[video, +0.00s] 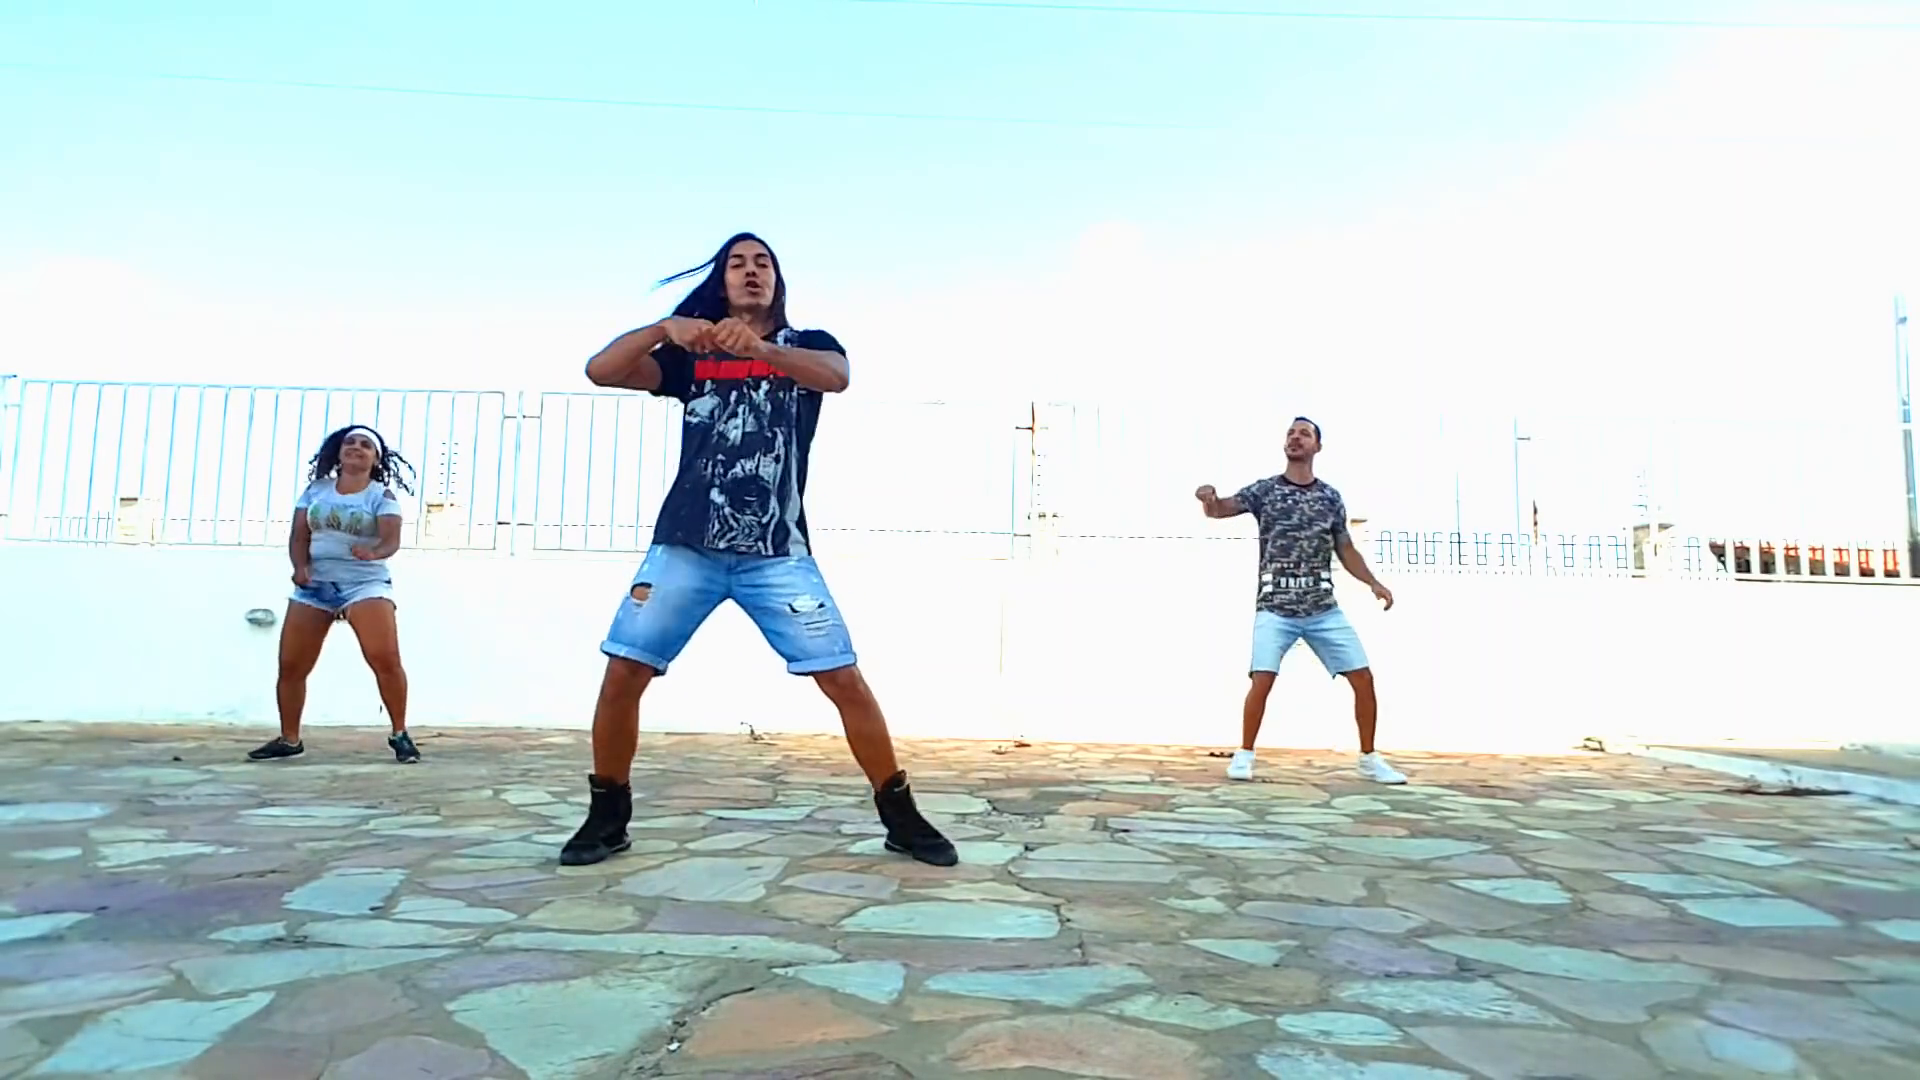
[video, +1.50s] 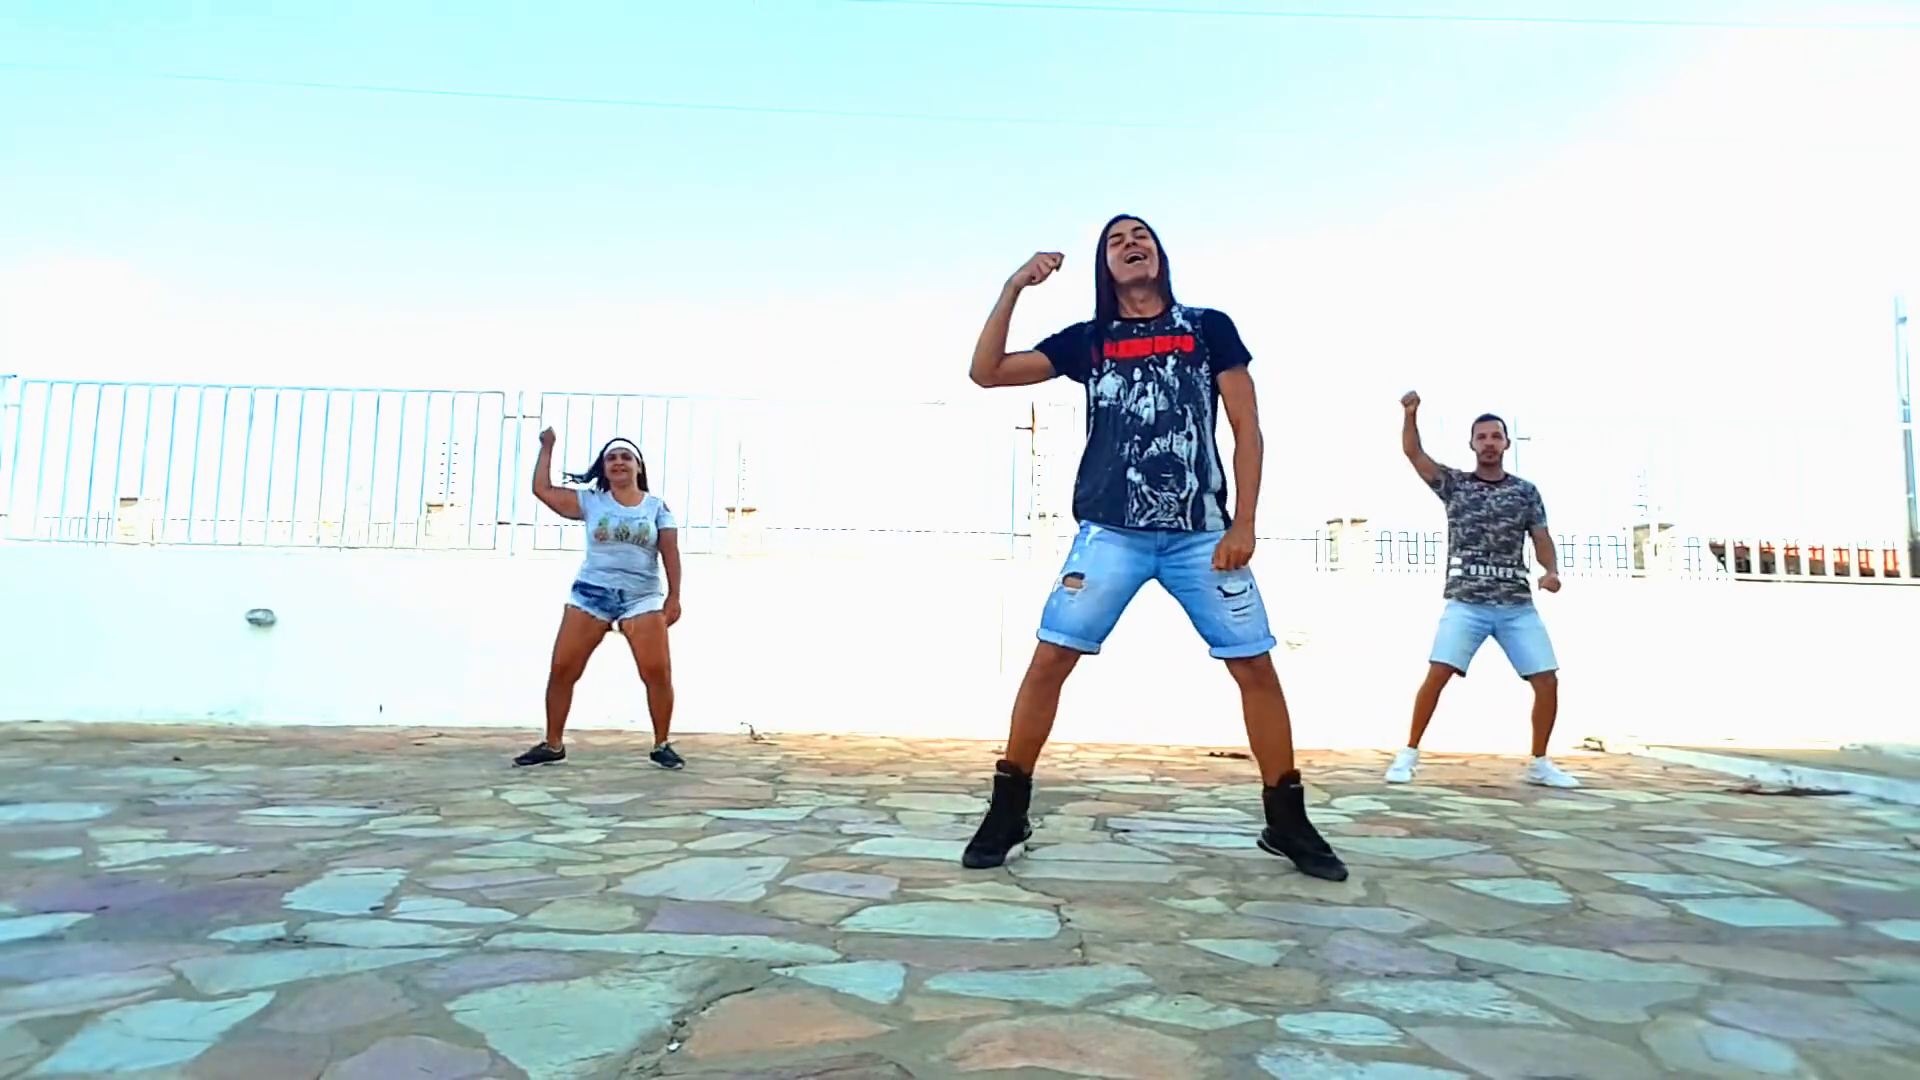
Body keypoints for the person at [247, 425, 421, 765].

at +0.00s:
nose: (356, 447)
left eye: (365, 445)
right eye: (349, 442)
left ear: (376, 460)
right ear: (337, 453)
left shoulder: (382, 496)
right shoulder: (314, 491)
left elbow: (391, 540)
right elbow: (299, 537)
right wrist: (300, 566)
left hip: (365, 584)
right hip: (315, 583)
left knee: (386, 659)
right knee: (290, 666)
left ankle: (400, 734)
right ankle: (290, 739)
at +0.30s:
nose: (380, 422)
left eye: (390, 420)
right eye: (376, 418)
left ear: (404, 435)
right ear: (367, 428)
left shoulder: (412, 469)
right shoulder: (346, 453)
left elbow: (434, 516)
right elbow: (294, 442)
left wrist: (445, 559)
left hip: (392, 558)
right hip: (344, 557)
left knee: (401, 636)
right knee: (313, 634)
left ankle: (421, 715)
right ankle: (304, 713)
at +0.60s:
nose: (421, 460)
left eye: (430, 455)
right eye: (414, 456)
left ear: (445, 467)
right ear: (406, 466)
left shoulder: (457, 508)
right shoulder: (391, 500)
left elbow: (471, 560)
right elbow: (341, 484)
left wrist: (471, 606)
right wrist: (345, 443)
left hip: (434, 597)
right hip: (384, 592)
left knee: (445, 669)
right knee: (347, 666)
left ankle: (452, 742)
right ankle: (326, 735)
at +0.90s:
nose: (491, 444)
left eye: (498, 439)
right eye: (483, 439)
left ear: (510, 451)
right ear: (473, 450)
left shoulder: (524, 490)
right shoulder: (458, 481)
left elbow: (542, 541)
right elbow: (409, 463)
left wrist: (554, 584)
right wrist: (426, 423)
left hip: (510, 580)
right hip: (459, 579)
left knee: (530, 657)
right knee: (445, 661)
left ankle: (552, 733)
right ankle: (449, 741)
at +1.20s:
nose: (558, 436)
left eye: (565, 431)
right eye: (551, 432)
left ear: (577, 440)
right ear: (541, 442)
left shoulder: (593, 474)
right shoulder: (529, 472)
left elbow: (614, 520)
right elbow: (481, 461)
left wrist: (624, 565)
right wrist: (492, 420)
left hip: (586, 569)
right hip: (537, 566)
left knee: (590, 650)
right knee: (513, 646)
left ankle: (588, 729)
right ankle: (512, 723)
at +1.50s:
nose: (618, 461)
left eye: (626, 456)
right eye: (611, 457)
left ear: (638, 467)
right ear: (603, 468)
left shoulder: (656, 508)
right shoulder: (589, 500)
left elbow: (670, 555)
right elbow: (542, 488)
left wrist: (673, 597)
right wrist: (546, 448)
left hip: (642, 597)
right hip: (591, 594)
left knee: (657, 671)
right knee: (562, 669)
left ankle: (661, 745)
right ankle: (553, 744)